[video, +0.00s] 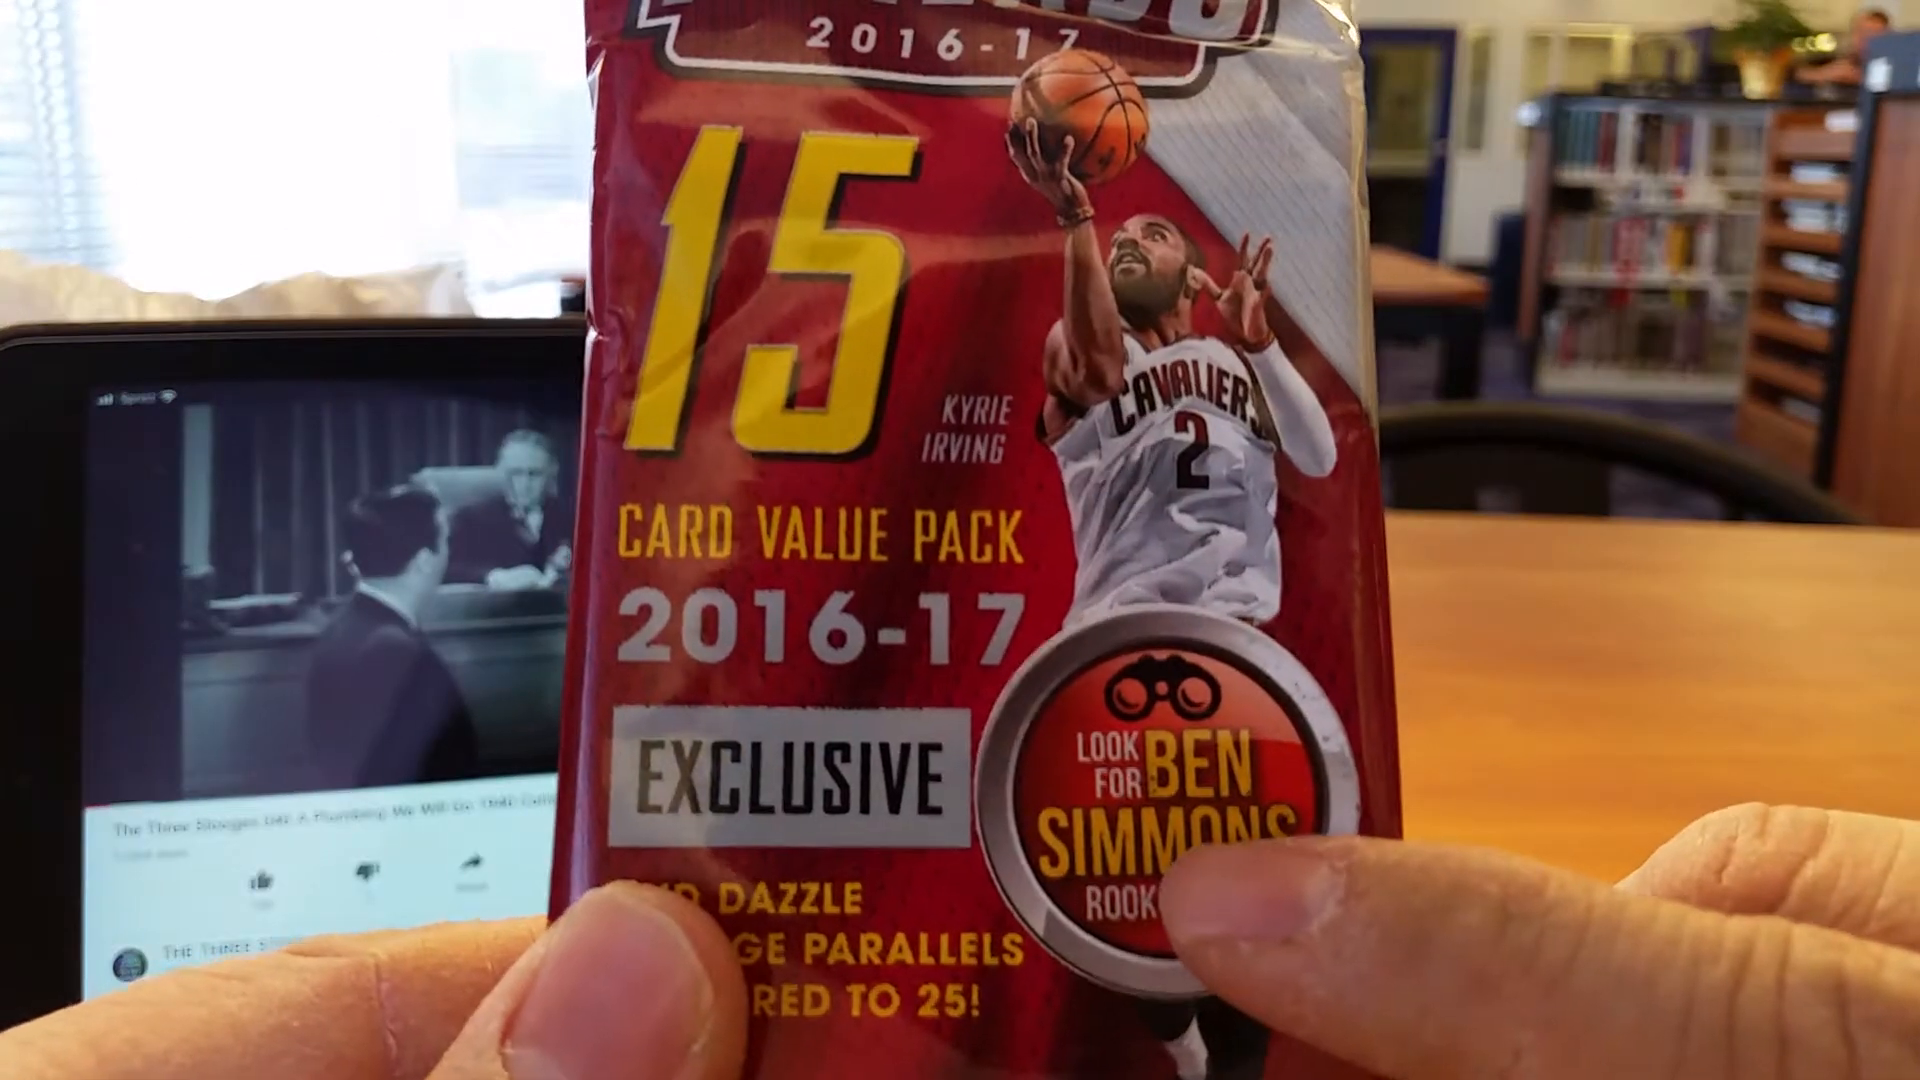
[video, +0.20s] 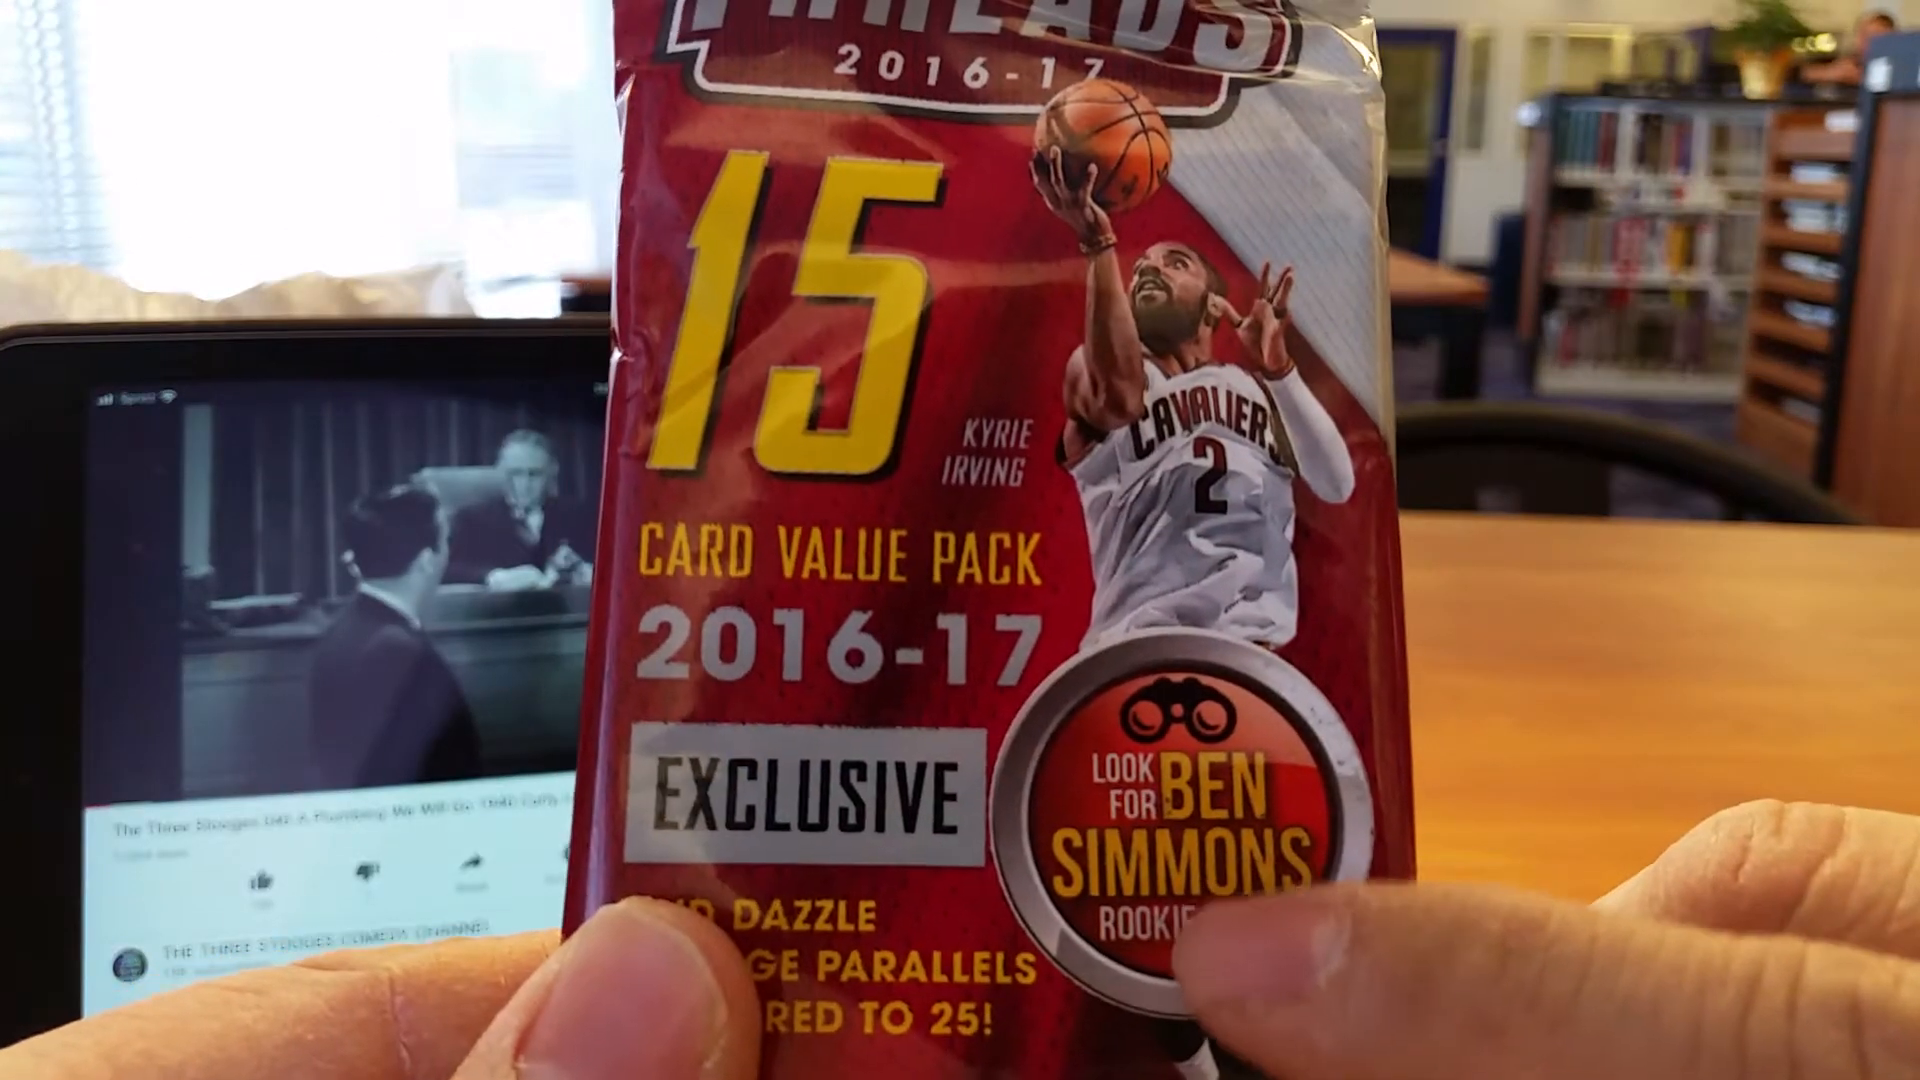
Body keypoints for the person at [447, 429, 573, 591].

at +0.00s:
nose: (524, 483)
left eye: (533, 473)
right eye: (516, 473)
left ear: (551, 473)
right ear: (500, 473)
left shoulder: (568, 518)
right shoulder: (471, 521)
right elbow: (452, 573)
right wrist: (492, 577)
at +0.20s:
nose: (524, 484)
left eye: (534, 474)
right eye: (515, 474)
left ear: (552, 473)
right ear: (501, 474)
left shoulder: (575, 517)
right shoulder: (474, 521)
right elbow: (450, 572)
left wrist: (584, 572)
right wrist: (491, 577)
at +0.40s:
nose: (524, 484)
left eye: (534, 474)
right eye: (515, 474)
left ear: (552, 472)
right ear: (500, 473)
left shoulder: (575, 517)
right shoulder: (473, 521)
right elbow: (450, 572)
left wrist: (584, 572)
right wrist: (491, 577)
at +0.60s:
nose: (524, 484)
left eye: (533, 474)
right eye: (515, 473)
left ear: (551, 473)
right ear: (500, 474)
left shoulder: (571, 517)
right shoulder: (473, 521)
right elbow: (451, 572)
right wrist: (491, 577)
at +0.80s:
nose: (524, 484)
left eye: (534, 474)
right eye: (515, 473)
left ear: (551, 473)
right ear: (499, 472)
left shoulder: (571, 519)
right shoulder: (473, 521)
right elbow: (450, 571)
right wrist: (491, 576)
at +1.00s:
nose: (524, 484)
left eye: (533, 474)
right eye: (515, 474)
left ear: (551, 474)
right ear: (500, 474)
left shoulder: (572, 519)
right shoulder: (474, 521)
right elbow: (450, 571)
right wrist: (492, 577)